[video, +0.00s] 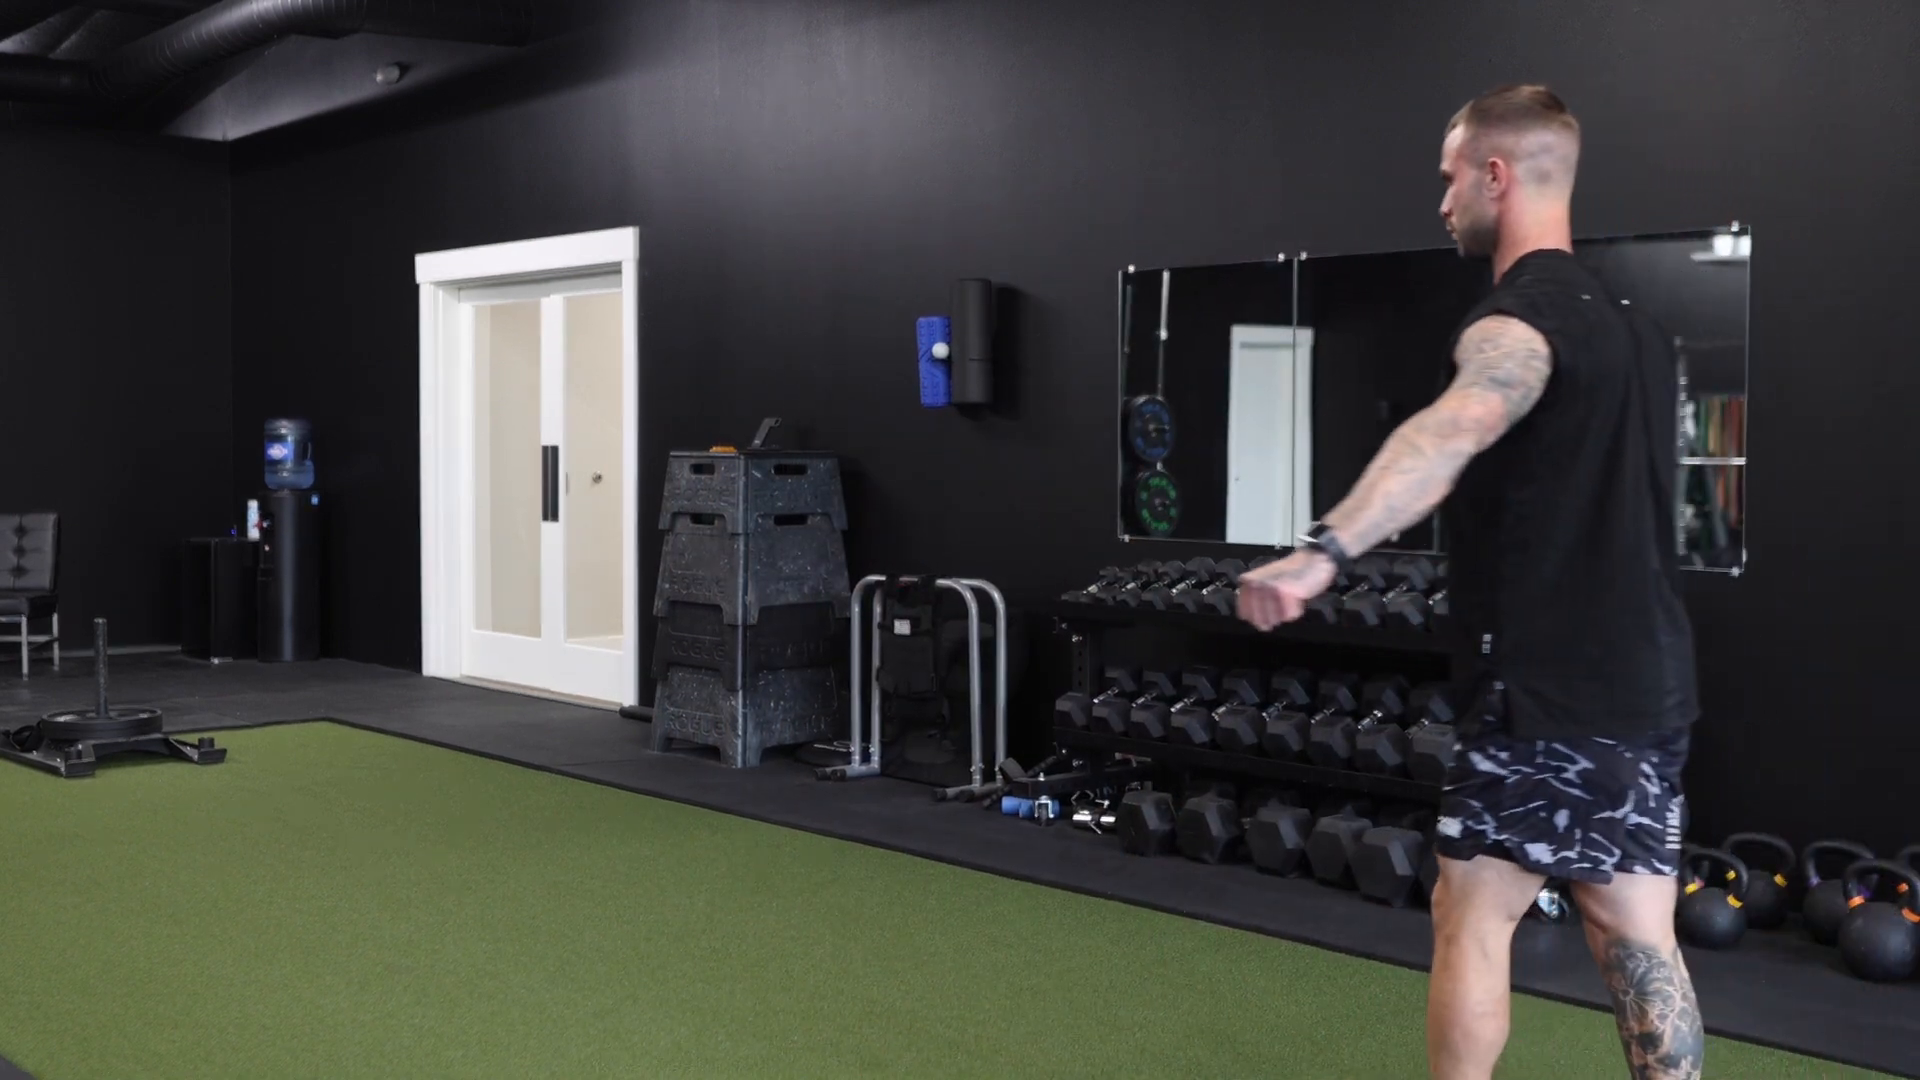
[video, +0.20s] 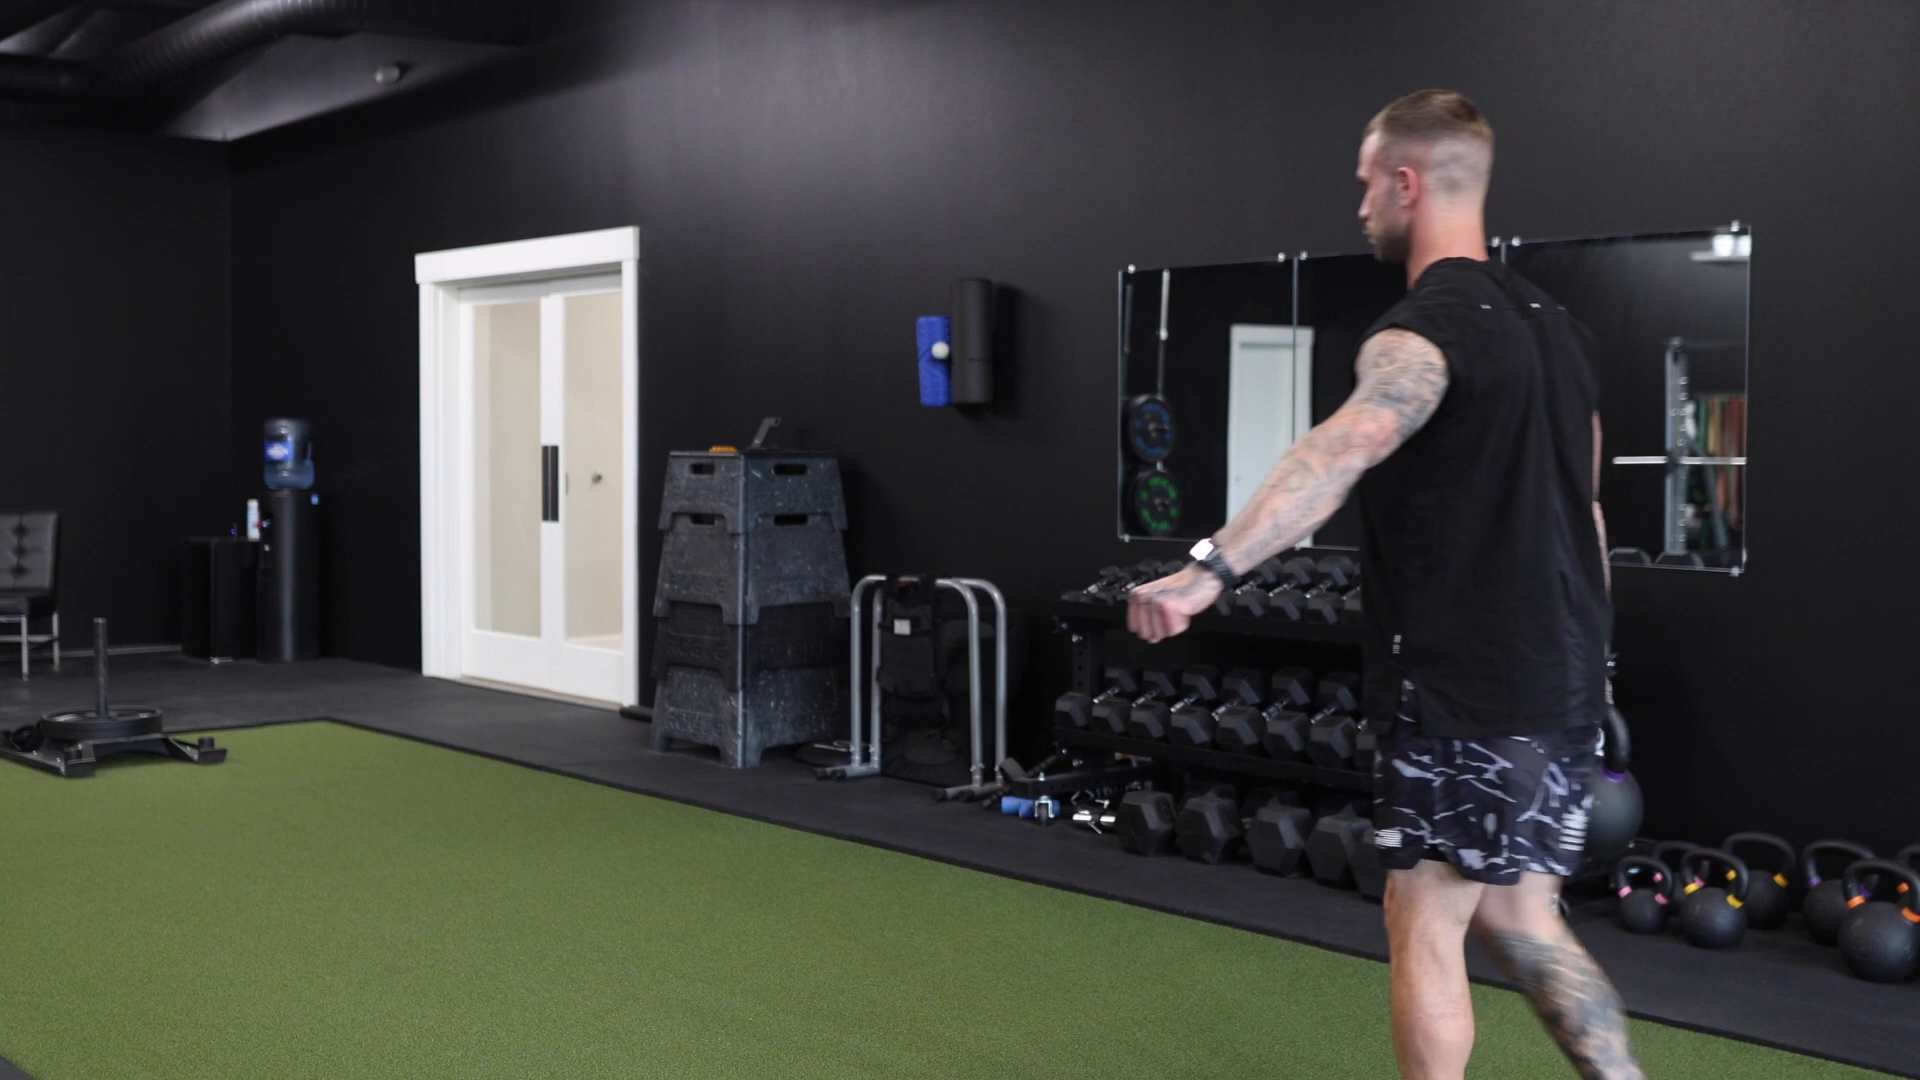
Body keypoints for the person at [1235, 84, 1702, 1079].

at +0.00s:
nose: (1442, 202)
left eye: (1450, 180)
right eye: (1443, 180)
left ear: (1499, 179)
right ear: (1542, 183)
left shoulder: (1523, 315)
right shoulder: (1639, 327)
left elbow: (1458, 425)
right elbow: (1650, 503)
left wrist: (1323, 551)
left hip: (1541, 683)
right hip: (1647, 681)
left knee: (1472, 924)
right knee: (1638, 939)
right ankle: (1673, 1079)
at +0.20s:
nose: (1360, 206)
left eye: (1367, 184)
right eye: (1361, 184)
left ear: (1410, 186)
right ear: (1463, 190)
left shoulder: (1425, 327)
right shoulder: (1555, 328)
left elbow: (1352, 442)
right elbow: (1586, 519)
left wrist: (1210, 565)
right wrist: (1592, 671)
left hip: (1467, 679)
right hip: (1561, 678)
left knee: (1424, 923)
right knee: (1521, 914)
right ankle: (1623, 1074)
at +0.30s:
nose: (1321, 212)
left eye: (1326, 190)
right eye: (1321, 191)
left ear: (1366, 191)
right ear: (1424, 194)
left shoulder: (1383, 331)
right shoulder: (1524, 333)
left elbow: (1307, 444)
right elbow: (1555, 510)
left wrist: (1159, 571)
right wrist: (1569, 653)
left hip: (1433, 675)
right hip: (1521, 673)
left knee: (1409, 930)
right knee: (1432, 895)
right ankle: (1562, 1063)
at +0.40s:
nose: (1288, 223)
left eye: (1291, 201)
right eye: (1288, 202)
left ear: (1328, 197)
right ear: (1394, 196)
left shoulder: (1345, 332)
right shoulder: (1492, 330)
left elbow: (1256, 450)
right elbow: (1526, 503)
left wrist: (1114, 572)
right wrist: (1538, 646)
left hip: (1406, 678)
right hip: (1492, 668)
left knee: (1397, 938)